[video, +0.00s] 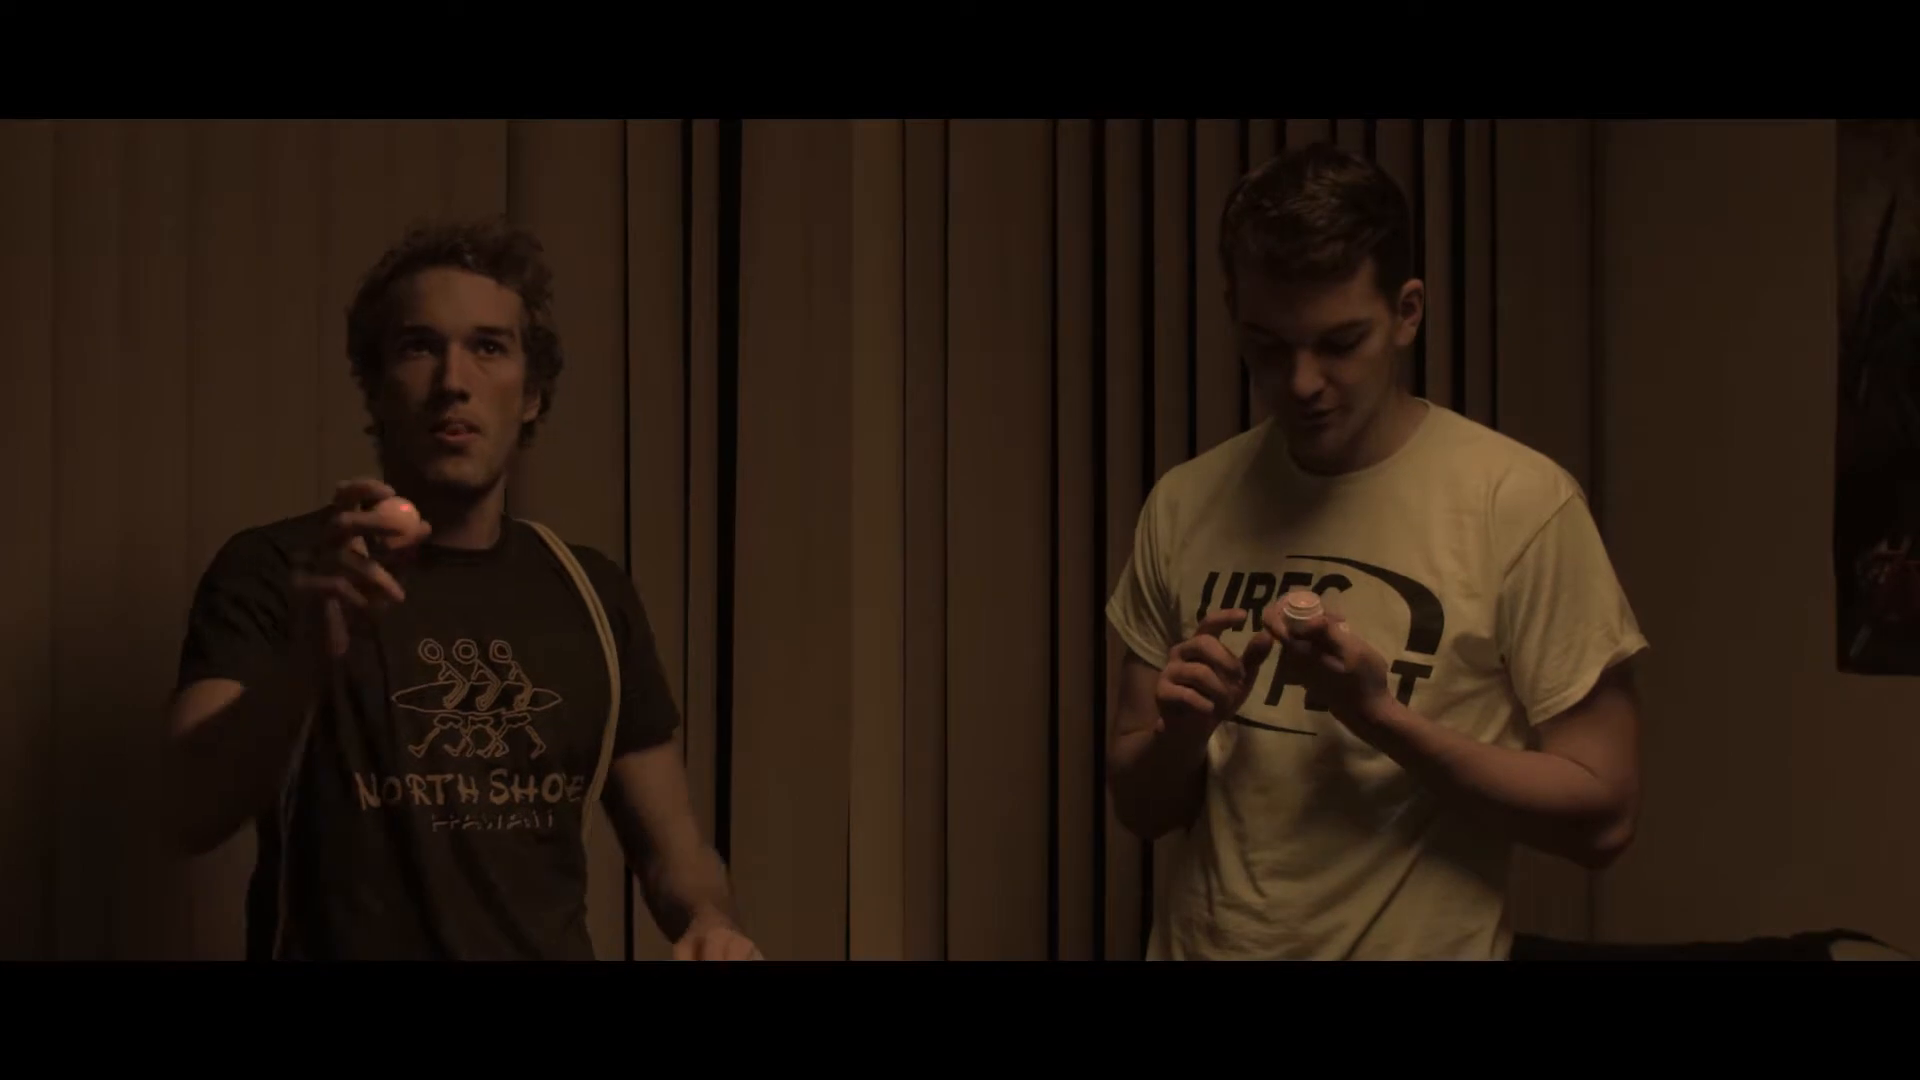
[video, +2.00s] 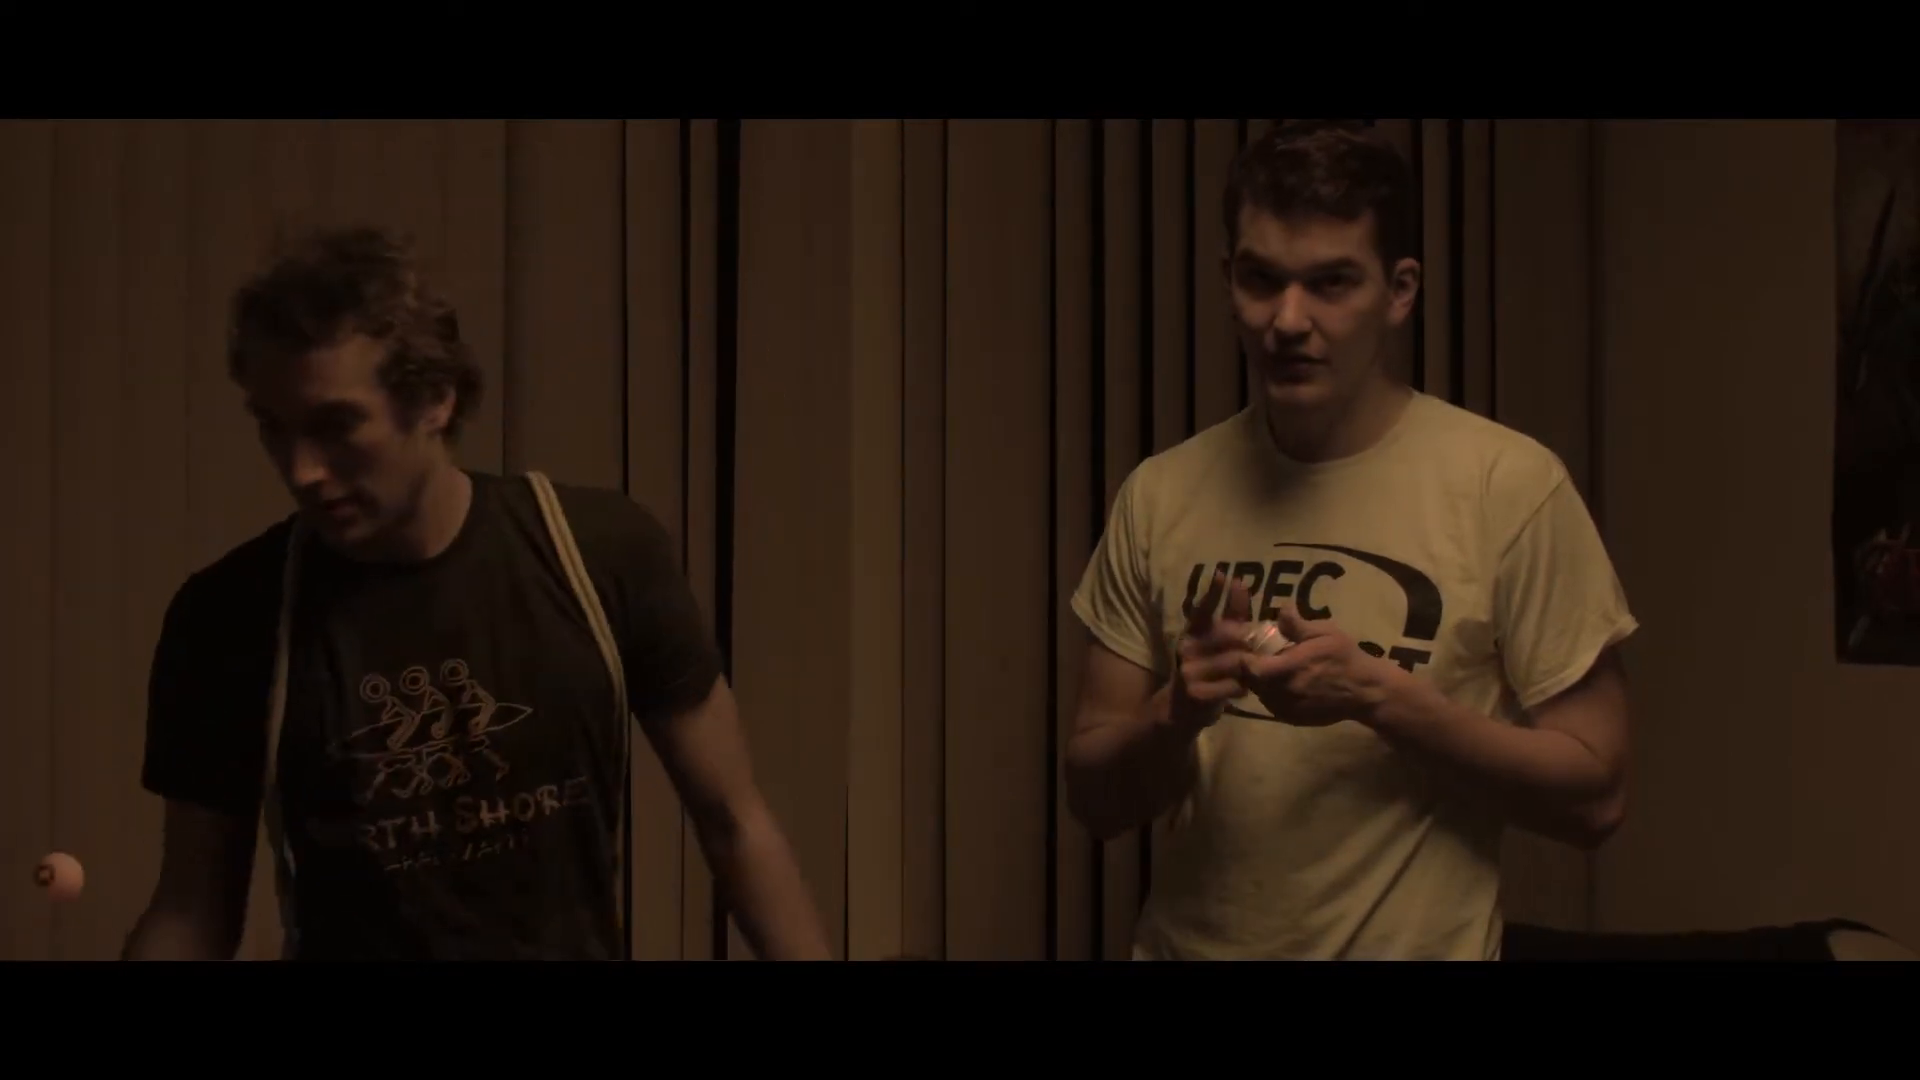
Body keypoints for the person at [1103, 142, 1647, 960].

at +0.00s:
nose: (1304, 385)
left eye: (1341, 343)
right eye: (1270, 347)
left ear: (1408, 312)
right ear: (1239, 325)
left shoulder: (1519, 505)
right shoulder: (1182, 506)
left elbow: (1603, 814)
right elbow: (1140, 811)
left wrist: (1383, 715)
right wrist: (1184, 731)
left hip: (1421, 946)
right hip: (1203, 946)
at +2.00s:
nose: (1287, 320)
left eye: (1330, 283)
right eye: (1260, 280)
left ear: (1400, 292)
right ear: (1231, 283)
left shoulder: (1510, 490)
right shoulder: (1159, 498)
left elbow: (1594, 794)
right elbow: (1092, 798)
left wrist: (1382, 693)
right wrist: (1176, 713)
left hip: (1418, 945)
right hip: (1191, 943)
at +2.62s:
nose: (1220, 308)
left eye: (1267, 273)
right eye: (1213, 272)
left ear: (1362, 290)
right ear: (1197, 275)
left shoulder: (1505, 486)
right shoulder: (1160, 487)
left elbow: (1592, 790)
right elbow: (1064, 785)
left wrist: (1376, 690)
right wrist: (1137, 601)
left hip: (1406, 946)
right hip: (1177, 941)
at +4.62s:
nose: (1246, 342)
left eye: (1286, 307)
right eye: (1227, 309)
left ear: (1379, 311)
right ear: (1210, 316)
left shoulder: (1515, 514)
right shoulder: (1161, 500)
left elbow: (1597, 819)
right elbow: (1048, 776)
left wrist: (1394, 721)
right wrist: (1174, 559)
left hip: (1416, 948)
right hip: (1177, 944)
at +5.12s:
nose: (1281, 358)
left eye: (1319, 320)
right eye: (1251, 323)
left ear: (1394, 315)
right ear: (1224, 322)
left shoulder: (1516, 515)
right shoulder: (1157, 502)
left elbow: (1595, 818)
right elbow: (1067, 800)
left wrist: (1390, 716)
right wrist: (1162, 657)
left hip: (1415, 946)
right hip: (1179, 944)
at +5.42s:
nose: (1291, 368)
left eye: (1332, 331)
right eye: (1262, 330)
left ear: (1404, 323)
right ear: (1235, 319)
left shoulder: (1517, 518)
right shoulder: (1157, 503)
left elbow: (1592, 822)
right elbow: (1069, 793)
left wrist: (1394, 721)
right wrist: (1162, 705)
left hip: (1414, 947)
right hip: (1182, 944)